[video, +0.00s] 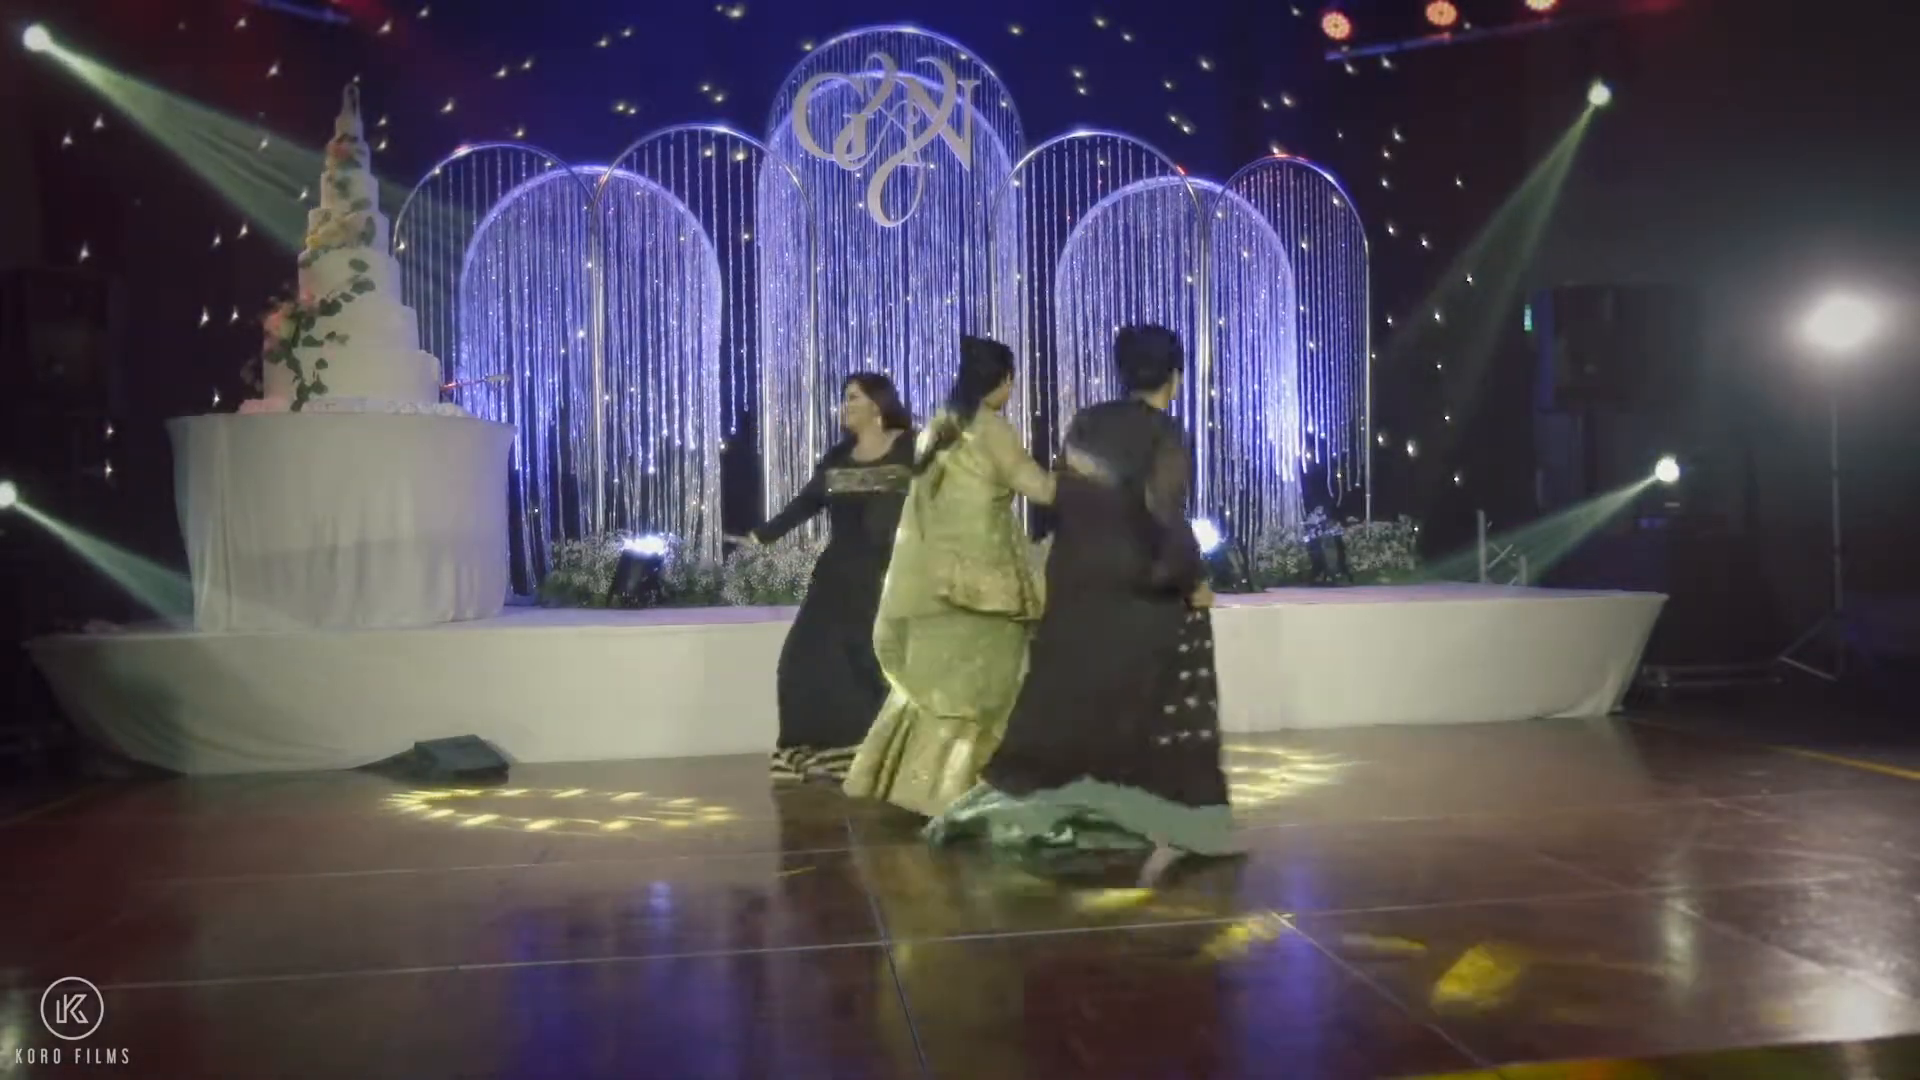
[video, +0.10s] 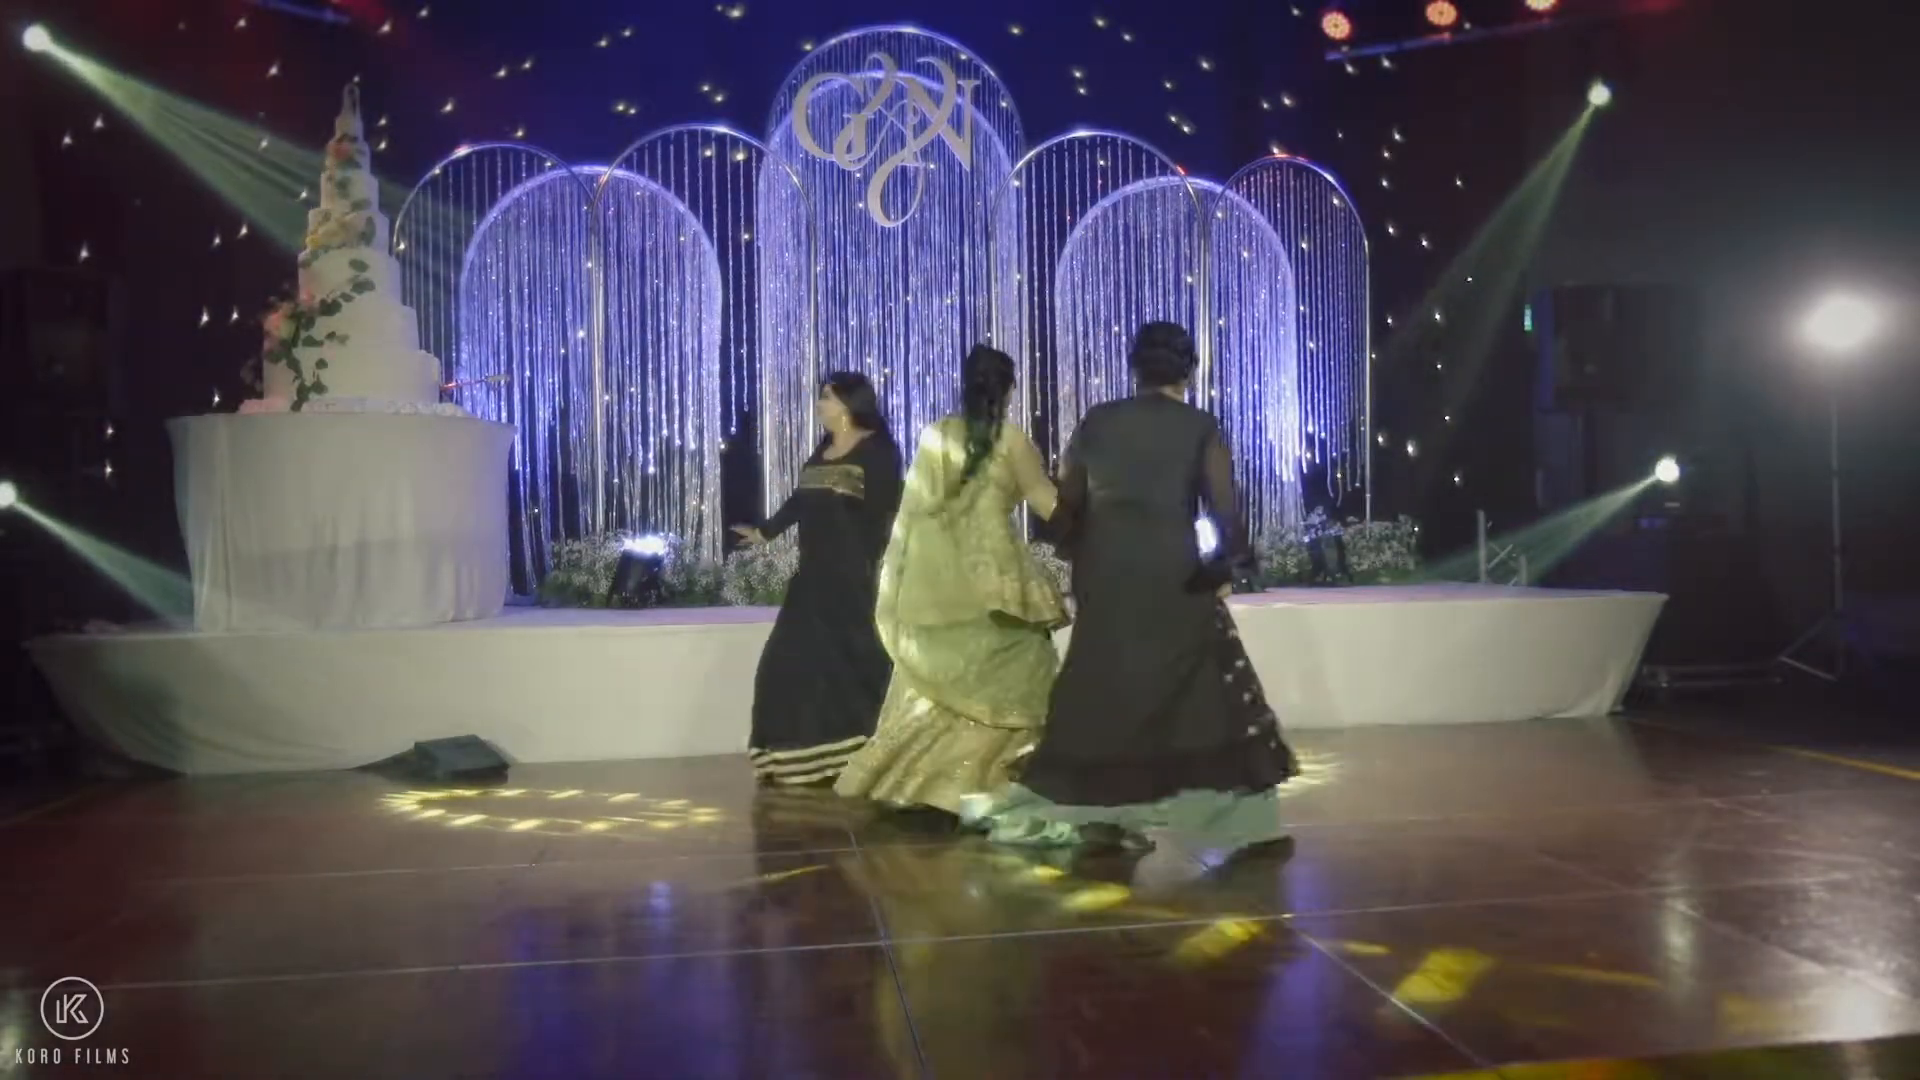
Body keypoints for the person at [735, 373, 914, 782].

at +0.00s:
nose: (844, 406)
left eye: (853, 399)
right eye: (844, 399)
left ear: (879, 404)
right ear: (850, 408)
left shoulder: (912, 450)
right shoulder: (837, 459)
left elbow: (935, 503)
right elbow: (806, 503)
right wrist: (763, 534)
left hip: (885, 572)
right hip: (836, 571)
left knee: (863, 657)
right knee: (801, 655)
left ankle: (862, 750)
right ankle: (802, 746)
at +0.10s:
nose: (818, 405)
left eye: (826, 398)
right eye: (820, 397)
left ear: (850, 405)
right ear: (842, 406)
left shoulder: (878, 449)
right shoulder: (821, 452)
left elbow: (885, 516)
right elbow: (801, 500)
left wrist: (876, 564)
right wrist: (765, 531)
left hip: (854, 576)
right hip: (810, 575)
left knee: (852, 666)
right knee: (782, 660)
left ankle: (861, 762)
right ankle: (783, 759)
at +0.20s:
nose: (804, 410)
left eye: (808, 402)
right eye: (806, 402)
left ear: (824, 406)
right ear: (836, 403)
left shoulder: (845, 446)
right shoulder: (827, 448)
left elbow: (824, 504)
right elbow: (816, 507)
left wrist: (795, 555)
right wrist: (790, 553)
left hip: (836, 577)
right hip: (820, 576)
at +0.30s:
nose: (787, 409)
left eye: (789, 403)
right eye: (789, 403)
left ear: (798, 406)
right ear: (836, 401)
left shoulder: (794, 445)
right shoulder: (845, 450)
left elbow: (763, 494)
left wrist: (722, 535)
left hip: (794, 568)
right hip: (837, 564)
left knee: (784, 656)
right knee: (842, 653)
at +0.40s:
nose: (827, 407)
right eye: (824, 400)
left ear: (776, 404)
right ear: (821, 405)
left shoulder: (755, 446)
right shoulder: (828, 452)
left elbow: (708, 486)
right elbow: (860, 503)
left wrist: (665, 525)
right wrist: (853, 487)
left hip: (761, 571)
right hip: (820, 570)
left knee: (747, 657)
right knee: (838, 649)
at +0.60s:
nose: (787, 409)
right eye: (784, 401)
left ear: (730, 398)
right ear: (780, 402)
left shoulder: (705, 437)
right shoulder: (788, 448)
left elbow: (671, 477)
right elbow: (833, 485)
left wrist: (649, 506)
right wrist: (882, 505)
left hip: (709, 558)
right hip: (770, 561)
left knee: (698, 651)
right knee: (780, 653)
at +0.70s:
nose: (765, 410)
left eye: (763, 401)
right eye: (762, 402)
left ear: (713, 399)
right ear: (753, 405)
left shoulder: (683, 445)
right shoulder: (759, 451)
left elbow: (665, 509)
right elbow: (811, 485)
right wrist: (871, 504)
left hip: (679, 573)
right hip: (740, 574)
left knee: (674, 660)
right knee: (749, 663)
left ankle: (673, 762)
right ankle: (752, 763)